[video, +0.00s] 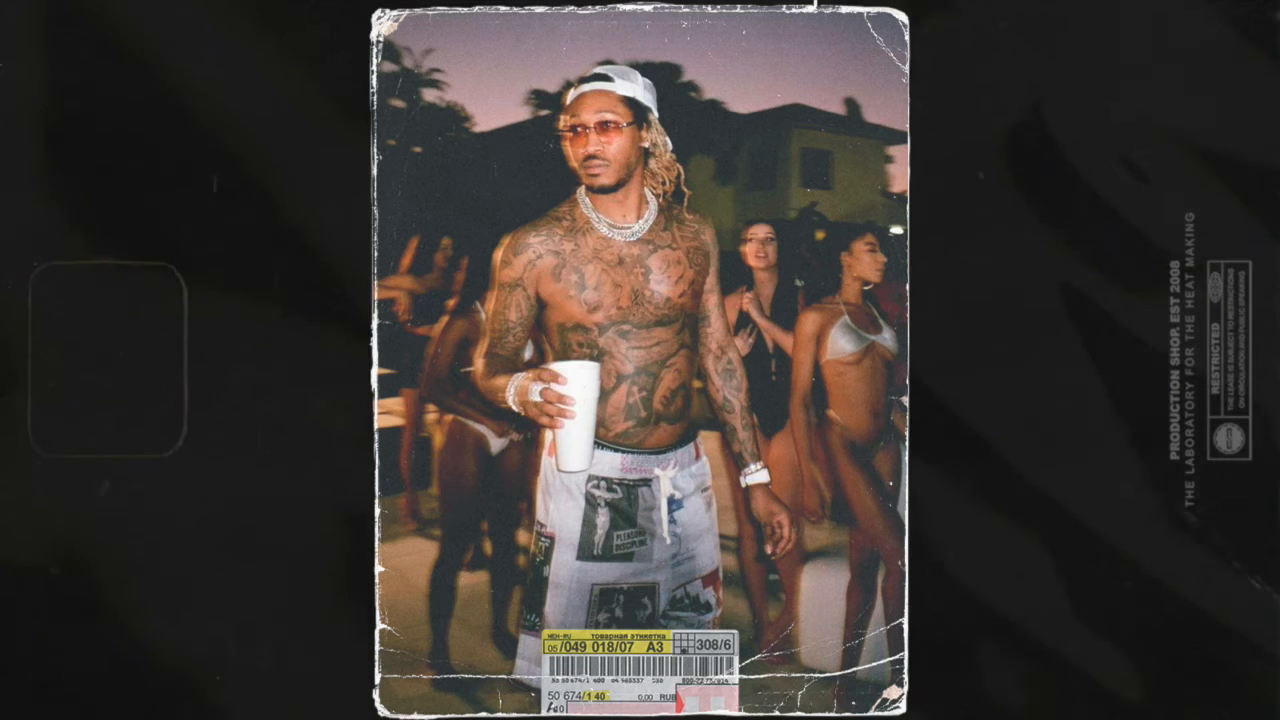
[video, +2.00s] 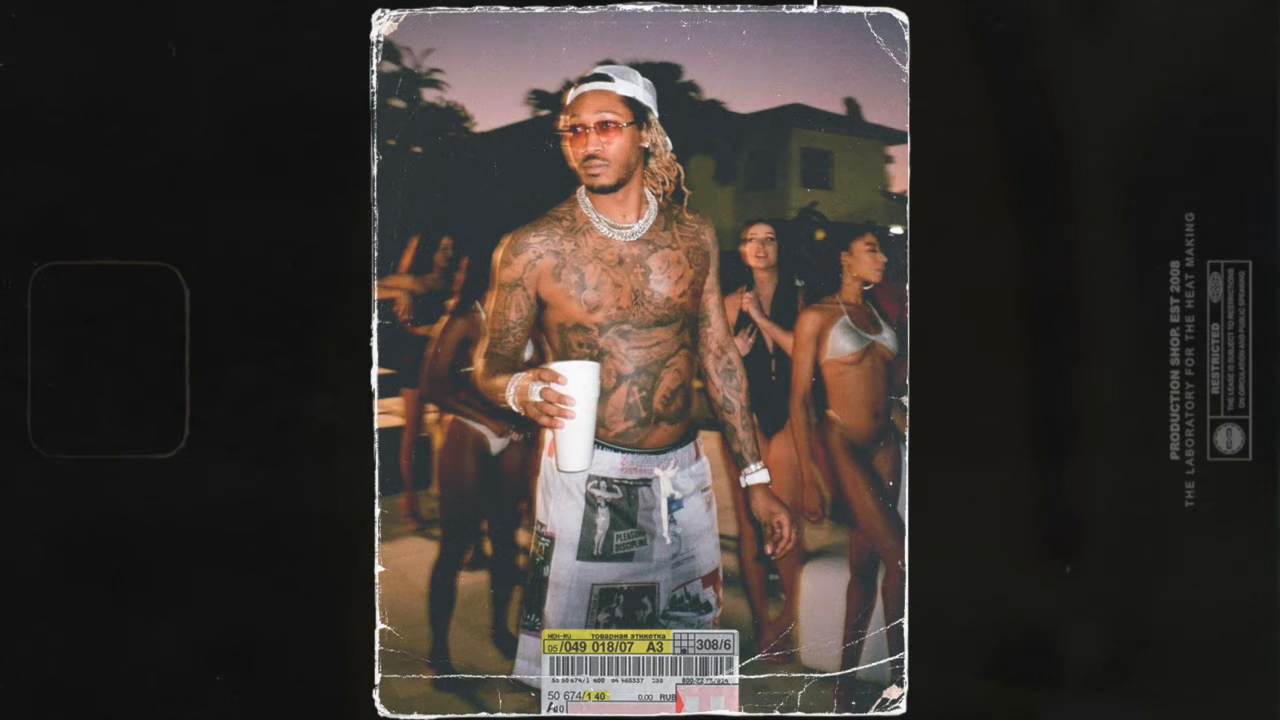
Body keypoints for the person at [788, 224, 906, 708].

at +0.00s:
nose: (882, 259)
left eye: (882, 251)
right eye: (871, 251)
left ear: (875, 262)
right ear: (843, 259)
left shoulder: (878, 316)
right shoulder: (818, 317)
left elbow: (886, 392)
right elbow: (798, 405)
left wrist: (901, 433)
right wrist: (813, 479)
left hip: (883, 448)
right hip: (839, 449)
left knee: (864, 563)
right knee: (898, 552)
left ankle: (846, 674)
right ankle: (902, 671)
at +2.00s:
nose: (882, 259)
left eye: (881, 251)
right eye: (871, 251)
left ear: (870, 262)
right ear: (843, 259)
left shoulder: (878, 315)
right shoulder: (818, 317)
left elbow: (887, 391)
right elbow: (799, 403)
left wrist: (902, 432)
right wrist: (812, 478)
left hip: (882, 447)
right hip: (839, 448)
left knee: (863, 563)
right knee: (897, 550)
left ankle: (846, 674)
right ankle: (902, 669)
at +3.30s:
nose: (882, 259)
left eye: (881, 251)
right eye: (871, 251)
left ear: (870, 261)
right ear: (844, 259)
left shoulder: (877, 315)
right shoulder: (818, 317)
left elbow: (885, 392)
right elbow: (798, 403)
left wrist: (903, 438)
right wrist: (813, 478)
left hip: (882, 448)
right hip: (839, 449)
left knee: (863, 564)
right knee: (898, 553)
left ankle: (846, 673)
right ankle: (902, 672)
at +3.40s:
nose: (882, 259)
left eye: (881, 251)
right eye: (871, 251)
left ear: (870, 261)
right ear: (844, 259)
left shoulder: (876, 314)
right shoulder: (818, 317)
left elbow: (885, 392)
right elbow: (798, 403)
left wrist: (903, 437)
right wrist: (813, 478)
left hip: (881, 447)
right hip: (839, 448)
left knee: (864, 563)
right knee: (898, 553)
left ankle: (846, 674)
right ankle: (902, 670)